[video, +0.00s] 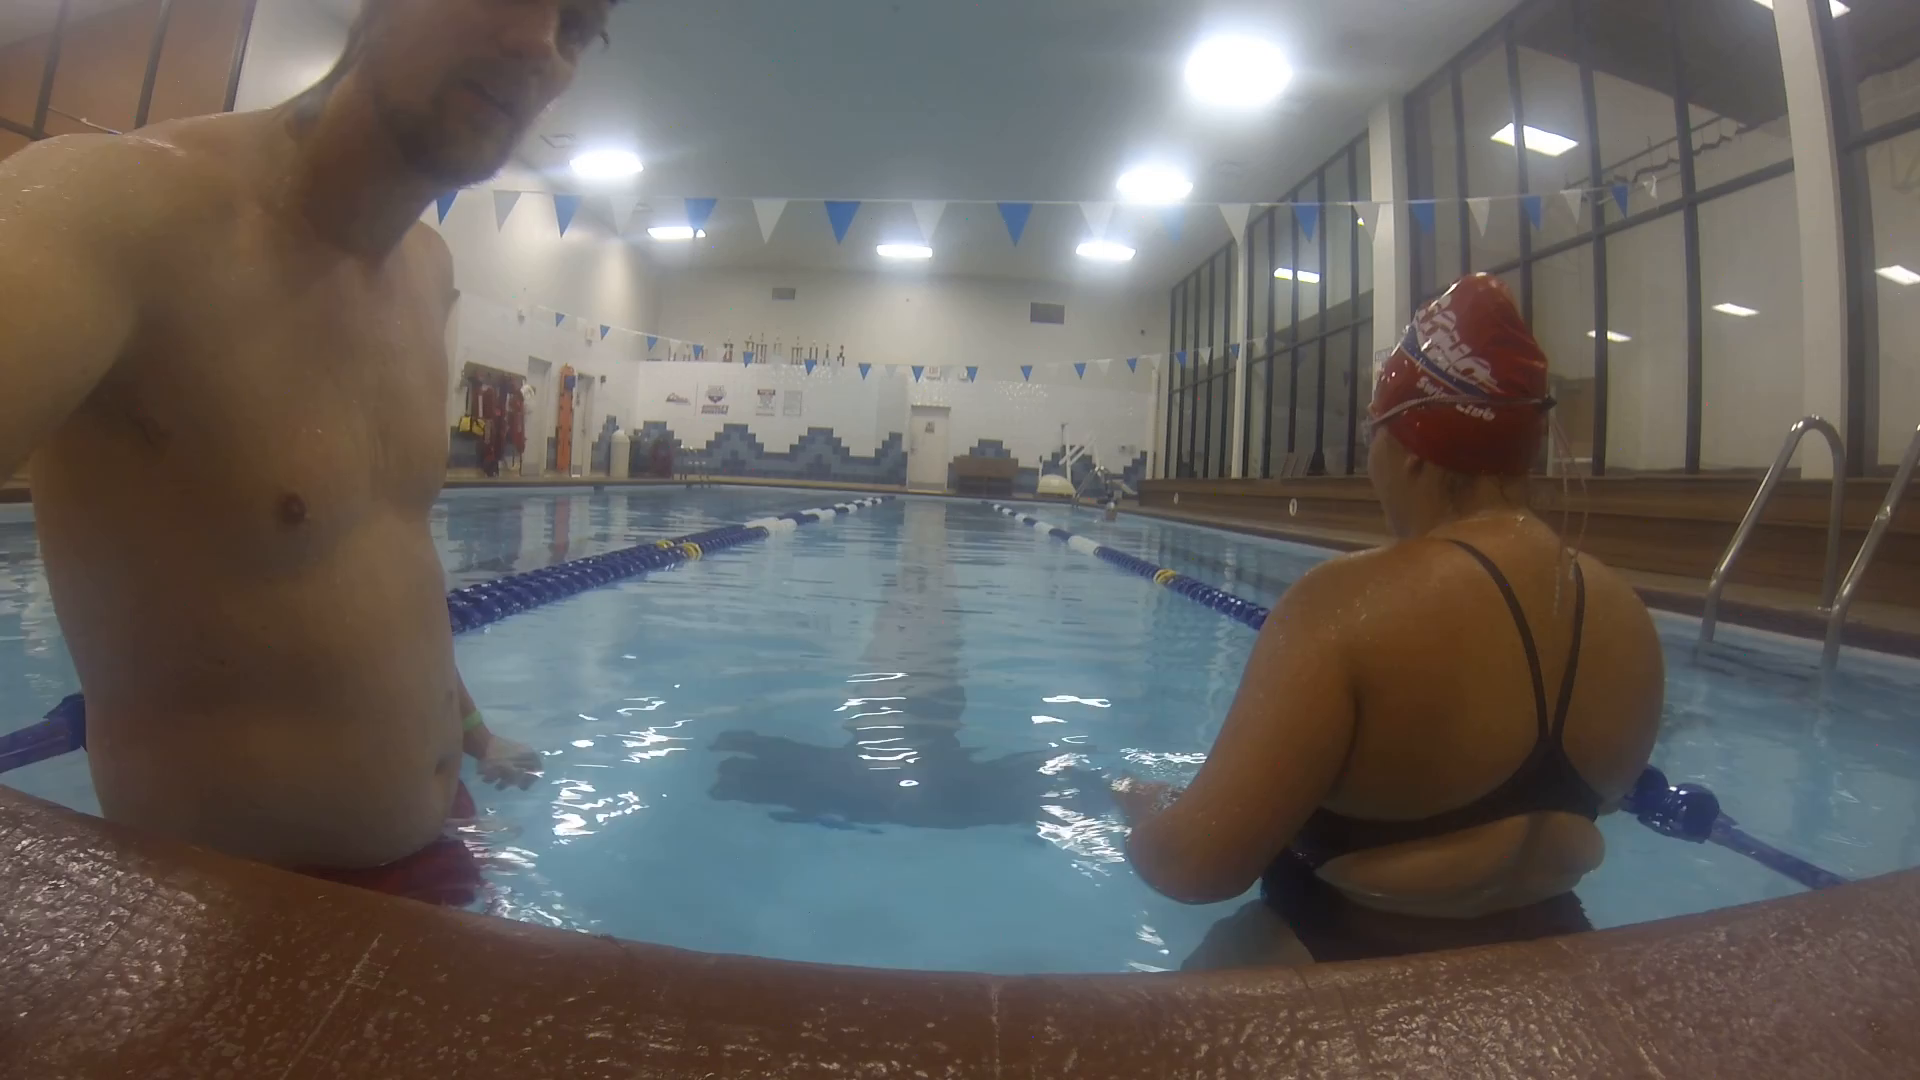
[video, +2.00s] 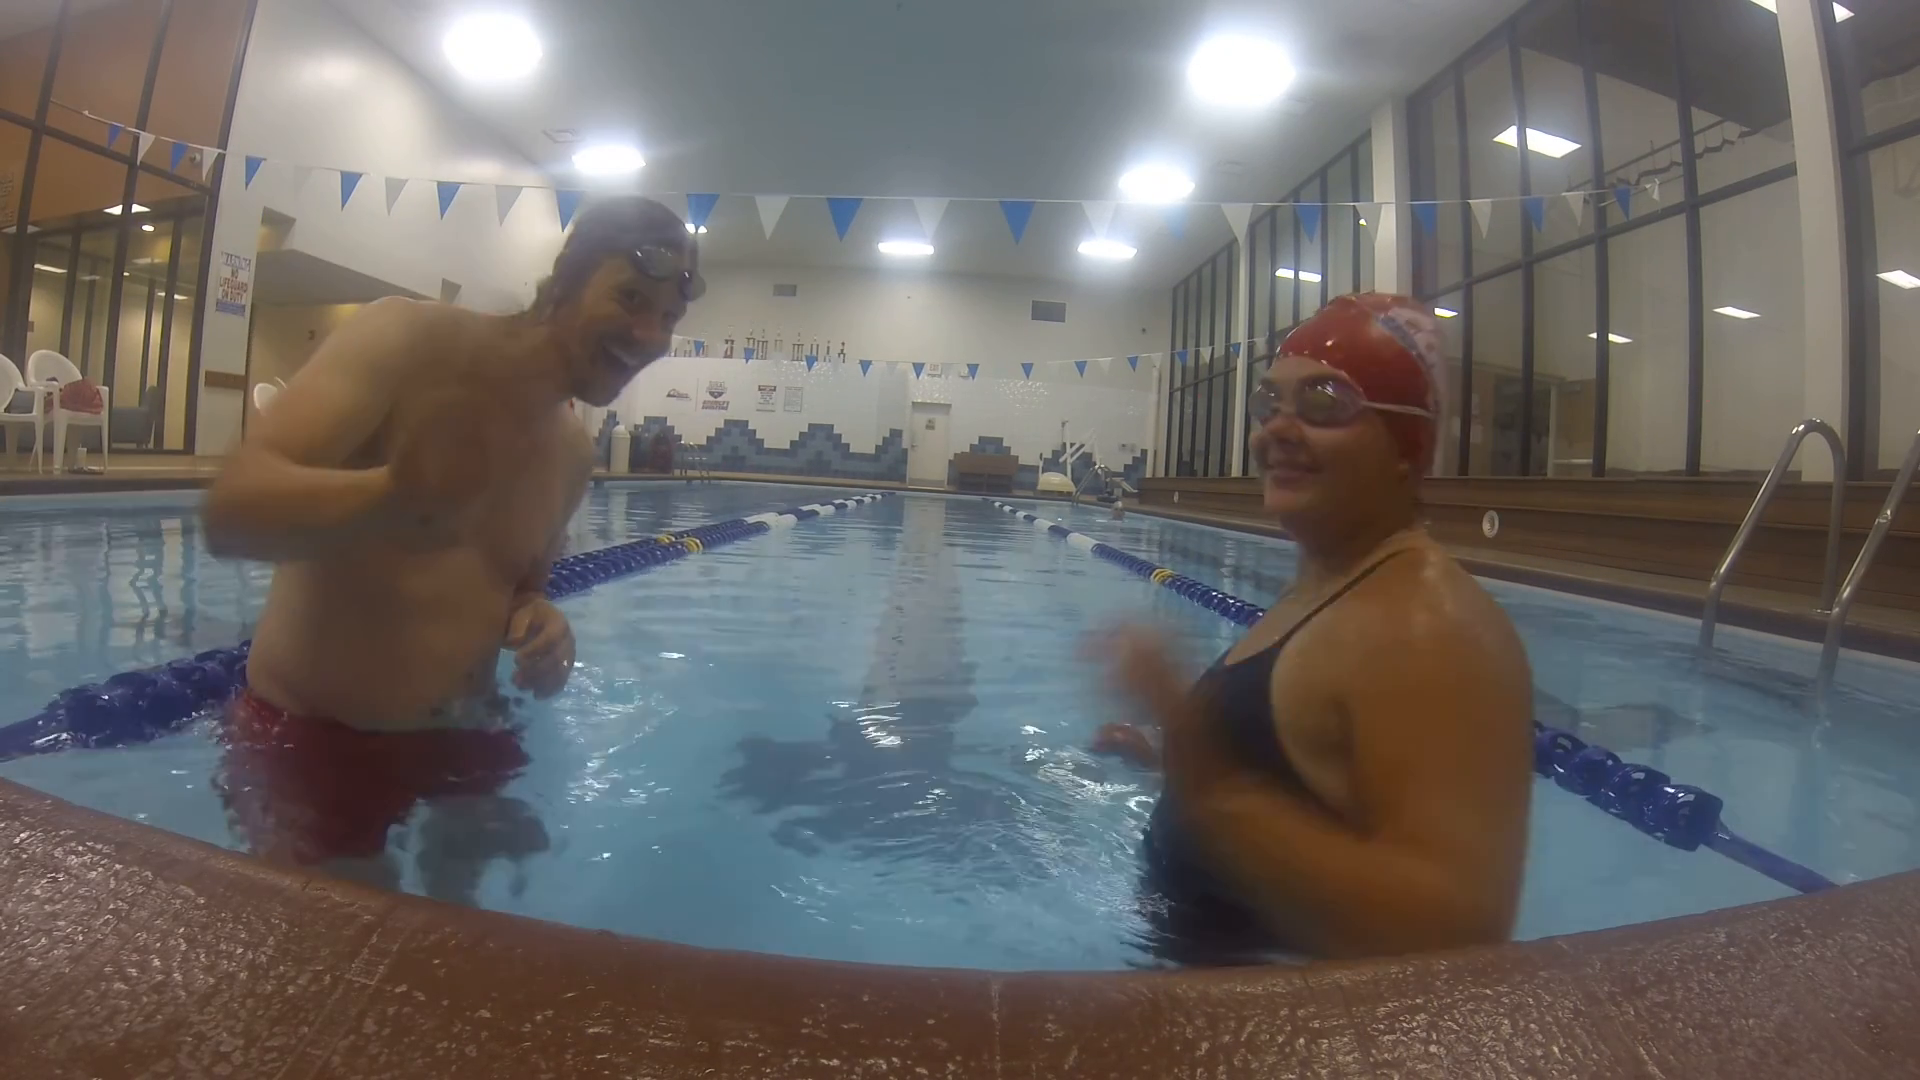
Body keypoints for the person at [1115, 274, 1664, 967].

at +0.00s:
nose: (1371, 457)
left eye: (1377, 434)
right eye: (1374, 434)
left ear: (1414, 450)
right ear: (1527, 446)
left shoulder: (1345, 606)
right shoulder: (1622, 610)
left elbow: (1202, 865)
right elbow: (1605, 783)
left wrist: (1148, 813)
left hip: (1336, 997)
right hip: (1544, 988)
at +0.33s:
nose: (1362, 445)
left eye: (1369, 422)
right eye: (1368, 420)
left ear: (1406, 442)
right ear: (1524, 442)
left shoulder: (1341, 605)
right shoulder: (1616, 609)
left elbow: (1179, 857)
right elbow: (1591, 792)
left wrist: (1067, 847)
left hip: (1313, 996)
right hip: (1515, 992)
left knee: (1132, 1036)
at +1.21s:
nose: (1292, 428)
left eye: (1310, 403)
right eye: (1301, 402)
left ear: (1374, 427)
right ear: (1448, 429)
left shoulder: (1322, 590)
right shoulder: (1525, 585)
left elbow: (1207, 900)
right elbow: (1497, 806)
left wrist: (1036, 874)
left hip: (1303, 975)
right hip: (1464, 952)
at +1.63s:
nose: (1272, 414)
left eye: (1302, 387)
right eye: (1284, 386)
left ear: (1390, 427)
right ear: (1388, 429)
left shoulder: (1352, 610)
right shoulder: (1455, 560)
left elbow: (1274, 935)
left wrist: (1045, 867)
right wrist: (1206, 870)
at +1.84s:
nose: (1266, 418)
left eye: (1306, 394)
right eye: (1275, 396)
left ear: (1401, 438)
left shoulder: (1404, 627)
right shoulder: (1372, 589)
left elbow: (1375, 948)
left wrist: (1095, 860)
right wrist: (1203, 761)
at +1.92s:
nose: (1269, 420)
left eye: (1313, 396)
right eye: (1270, 395)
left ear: (1407, 440)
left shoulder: (1420, 633)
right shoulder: (1346, 585)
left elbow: (1417, 939)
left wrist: (1135, 833)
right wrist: (1192, 773)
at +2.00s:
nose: (1279, 427)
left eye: (1323, 405)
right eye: (1270, 404)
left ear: (1406, 445)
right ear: (1254, 420)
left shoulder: (1431, 635)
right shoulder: (1322, 584)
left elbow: (1452, 921)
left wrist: (1212, 788)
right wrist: (1174, 758)